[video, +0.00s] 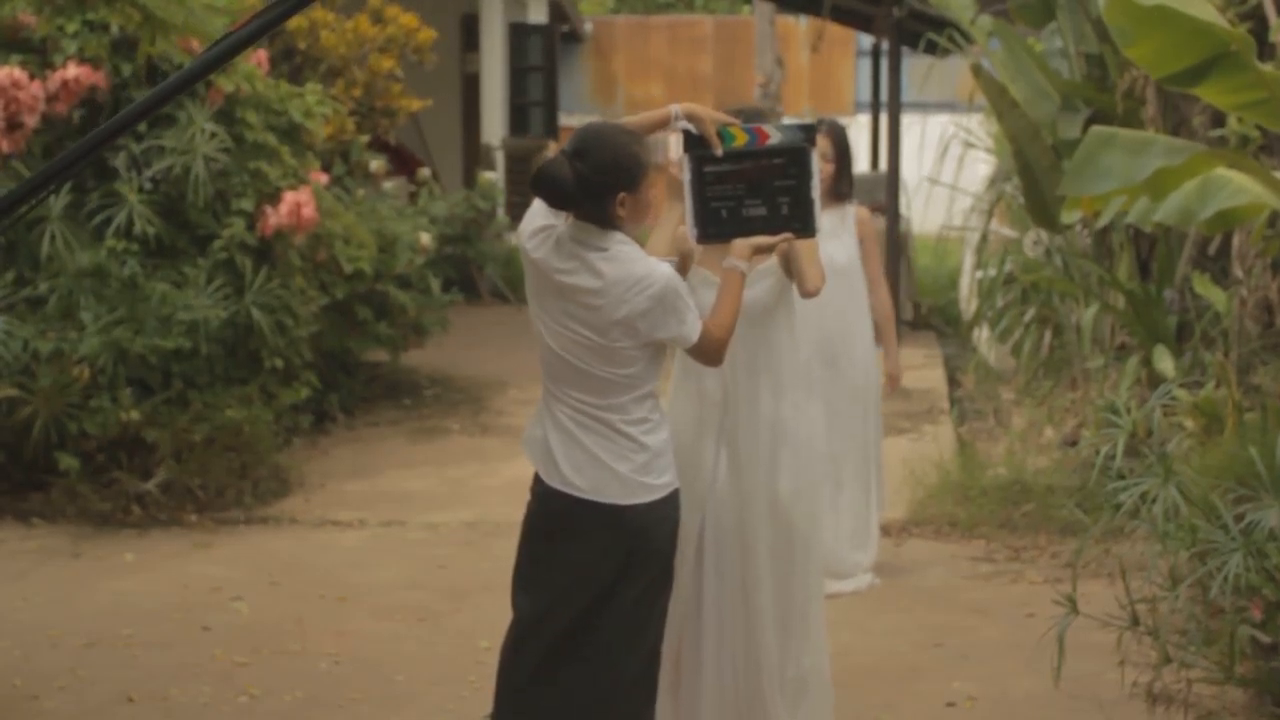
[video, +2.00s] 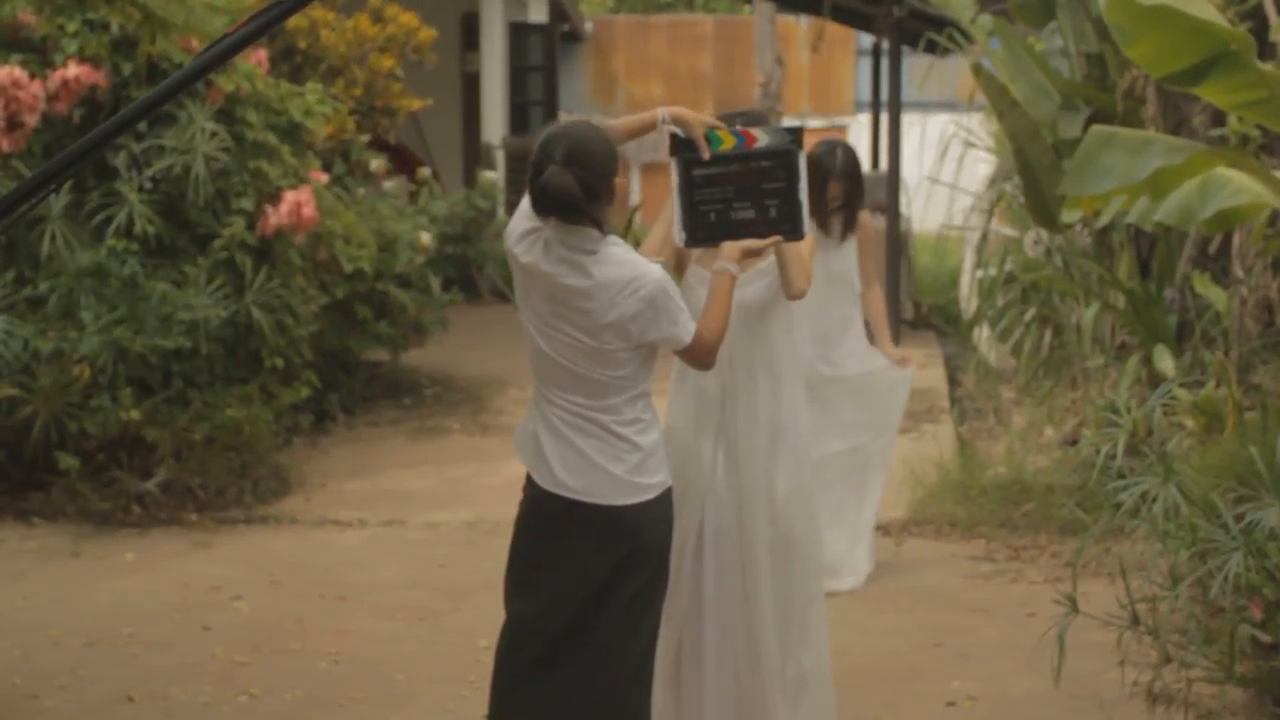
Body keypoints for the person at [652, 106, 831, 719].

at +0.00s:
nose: (745, 169)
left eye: (760, 156)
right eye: (732, 155)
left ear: (780, 165)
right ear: (710, 164)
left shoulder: (787, 228)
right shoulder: (692, 226)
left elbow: (811, 284)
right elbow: (662, 296)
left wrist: (790, 198)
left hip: (771, 422)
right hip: (698, 427)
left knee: (769, 575)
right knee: (699, 578)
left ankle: (772, 703)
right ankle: (696, 706)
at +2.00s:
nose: (744, 168)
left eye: (757, 156)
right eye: (731, 153)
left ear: (778, 164)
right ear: (710, 156)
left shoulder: (786, 218)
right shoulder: (692, 207)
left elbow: (796, 284)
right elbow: (648, 270)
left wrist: (775, 195)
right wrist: (682, 186)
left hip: (767, 418)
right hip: (697, 421)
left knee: (765, 571)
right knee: (698, 572)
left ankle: (770, 703)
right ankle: (698, 704)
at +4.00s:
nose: (726, 174)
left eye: (740, 163)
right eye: (714, 164)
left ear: (758, 168)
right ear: (698, 169)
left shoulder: (775, 223)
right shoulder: (688, 218)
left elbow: (790, 288)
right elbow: (658, 279)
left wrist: (780, 210)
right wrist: (670, 199)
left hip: (762, 421)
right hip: (693, 425)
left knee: (762, 568)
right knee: (695, 570)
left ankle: (768, 701)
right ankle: (695, 703)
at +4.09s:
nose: (731, 182)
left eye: (743, 171)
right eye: (719, 171)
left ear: (763, 168)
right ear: (698, 170)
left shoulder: (778, 222)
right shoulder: (684, 217)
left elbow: (791, 290)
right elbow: (653, 288)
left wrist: (778, 206)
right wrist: (677, 205)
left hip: (765, 421)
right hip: (695, 424)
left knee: (765, 568)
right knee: (697, 569)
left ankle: (770, 702)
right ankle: (697, 703)